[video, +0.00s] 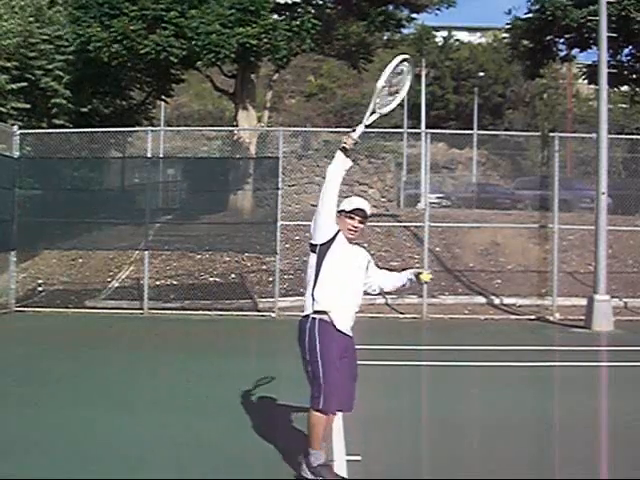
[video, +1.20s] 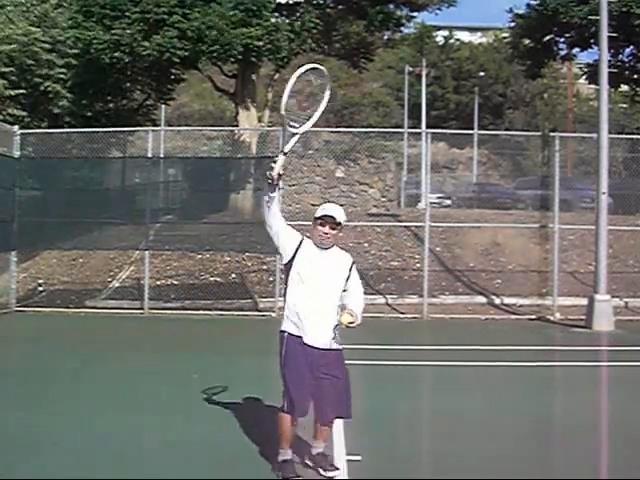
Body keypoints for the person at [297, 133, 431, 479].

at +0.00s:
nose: (355, 223)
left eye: (361, 218)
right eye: (350, 216)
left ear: (366, 223)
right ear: (338, 217)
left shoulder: (362, 258)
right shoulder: (327, 239)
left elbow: (379, 282)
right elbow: (327, 198)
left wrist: (409, 277)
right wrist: (343, 155)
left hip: (343, 330)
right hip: (319, 324)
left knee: (336, 398)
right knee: (324, 395)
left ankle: (318, 458)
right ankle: (315, 462)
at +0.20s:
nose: (360, 229)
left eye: (366, 225)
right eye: (355, 222)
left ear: (370, 230)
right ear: (342, 222)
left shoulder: (367, 261)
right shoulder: (330, 244)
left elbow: (373, 293)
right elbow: (315, 214)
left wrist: (398, 297)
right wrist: (342, 186)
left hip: (354, 335)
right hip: (330, 331)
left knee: (349, 396)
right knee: (346, 397)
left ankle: (315, 451)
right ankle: (351, 465)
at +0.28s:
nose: (362, 232)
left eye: (367, 227)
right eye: (356, 225)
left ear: (371, 232)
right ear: (343, 228)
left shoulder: (368, 261)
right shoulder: (332, 252)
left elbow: (371, 300)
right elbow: (305, 235)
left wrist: (395, 308)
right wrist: (336, 214)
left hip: (359, 336)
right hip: (336, 334)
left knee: (363, 399)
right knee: (356, 400)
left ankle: (320, 448)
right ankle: (351, 467)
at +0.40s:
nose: (361, 232)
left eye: (366, 228)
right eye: (356, 226)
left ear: (371, 232)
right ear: (343, 227)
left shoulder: (369, 260)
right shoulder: (330, 248)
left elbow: (373, 293)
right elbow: (296, 263)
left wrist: (386, 312)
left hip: (361, 337)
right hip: (337, 335)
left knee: (368, 397)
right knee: (355, 400)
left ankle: (322, 444)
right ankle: (351, 467)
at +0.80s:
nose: (348, 232)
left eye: (355, 228)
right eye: (344, 226)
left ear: (362, 234)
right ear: (335, 227)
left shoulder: (365, 262)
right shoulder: (315, 250)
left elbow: (373, 296)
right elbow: (280, 269)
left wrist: (369, 318)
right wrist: (294, 290)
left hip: (344, 338)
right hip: (316, 335)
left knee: (338, 396)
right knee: (319, 396)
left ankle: (321, 452)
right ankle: (306, 458)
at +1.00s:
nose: (338, 231)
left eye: (344, 227)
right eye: (333, 225)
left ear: (351, 232)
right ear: (325, 226)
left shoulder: (357, 262)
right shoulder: (306, 247)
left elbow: (367, 293)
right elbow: (264, 251)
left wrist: (364, 313)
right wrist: (274, 240)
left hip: (337, 338)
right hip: (307, 333)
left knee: (332, 396)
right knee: (301, 395)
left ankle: (321, 452)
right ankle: (284, 453)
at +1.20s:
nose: (326, 230)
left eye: (333, 226)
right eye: (322, 224)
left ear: (339, 232)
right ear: (313, 224)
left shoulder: (345, 262)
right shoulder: (295, 246)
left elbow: (355, 294)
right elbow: (273, 218)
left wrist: (352, 312)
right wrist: (273, 186)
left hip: (328, 339)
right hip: (295, 335)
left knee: (330, 401)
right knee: (295, 398)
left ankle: (318, 451)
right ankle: (284, 456)